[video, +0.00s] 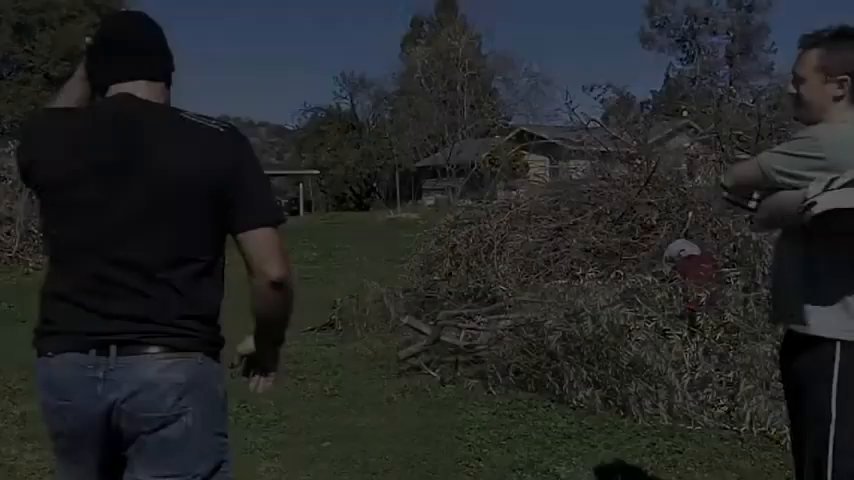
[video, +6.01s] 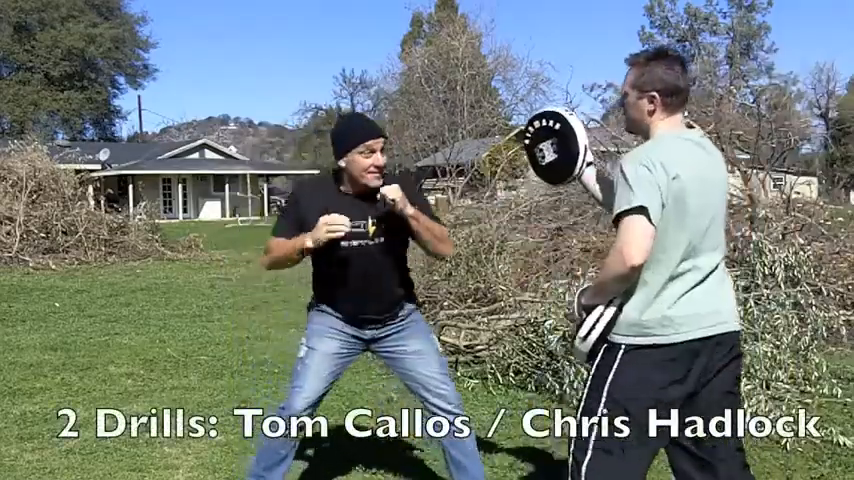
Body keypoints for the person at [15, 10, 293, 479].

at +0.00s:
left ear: (94, 77)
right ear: (169, 75)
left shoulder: (54, 141)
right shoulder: (220, 146)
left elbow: (43, 132)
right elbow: (273, 275)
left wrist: (90, 66)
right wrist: (266, 347)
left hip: (65, 375)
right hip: (175, 376)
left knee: (80, 472)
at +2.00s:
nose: (289, 105)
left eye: (289, 95)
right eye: (288, 95)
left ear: (232, 93)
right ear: (270, 96)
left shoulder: (175, 146)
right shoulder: (285, 152)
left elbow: (141, 227)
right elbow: (311, 247)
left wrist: (192, 260)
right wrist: (334, 310)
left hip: (178, 314)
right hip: (247, 319)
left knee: (189, 431)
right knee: (263, 457)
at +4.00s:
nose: (301, 109)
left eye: (303, 100)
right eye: (289, 102)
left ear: (306, 102)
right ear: (261, 109)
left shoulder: (319, 156)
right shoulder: (226, 160)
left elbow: (335, 214)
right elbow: (212, 235)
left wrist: (343, 222)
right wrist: (277, 204)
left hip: (322, 307)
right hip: (257, 311)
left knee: (358, 398)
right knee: (257, 430)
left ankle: (330, 476)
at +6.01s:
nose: (380, 162)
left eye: (382, 151)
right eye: (368, 153)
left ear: (386, 152)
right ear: (342, 158)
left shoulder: (401, 189)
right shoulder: (310, 194)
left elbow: (445, 247)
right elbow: (271, 258)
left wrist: (408, 211)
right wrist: (309, 240)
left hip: (401, 321)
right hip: (333, 323)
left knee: (448, 408)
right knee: (296, 408)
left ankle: (472, 476)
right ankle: (261, 476)